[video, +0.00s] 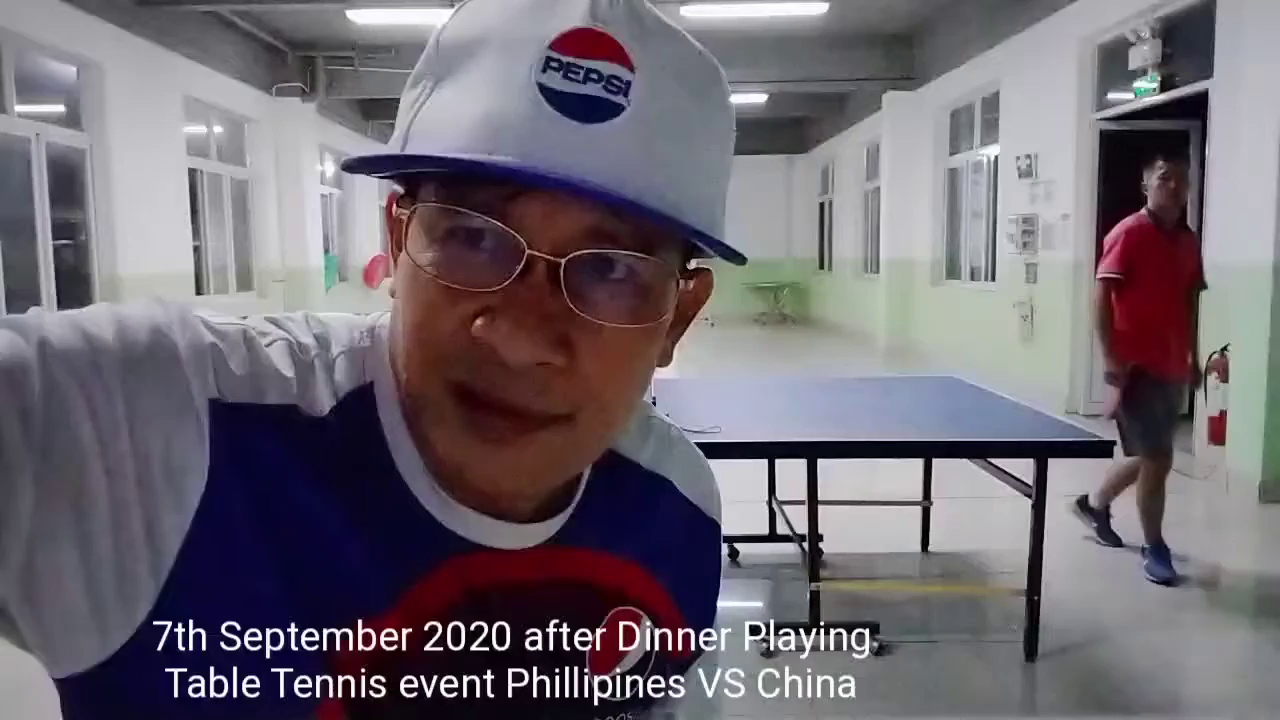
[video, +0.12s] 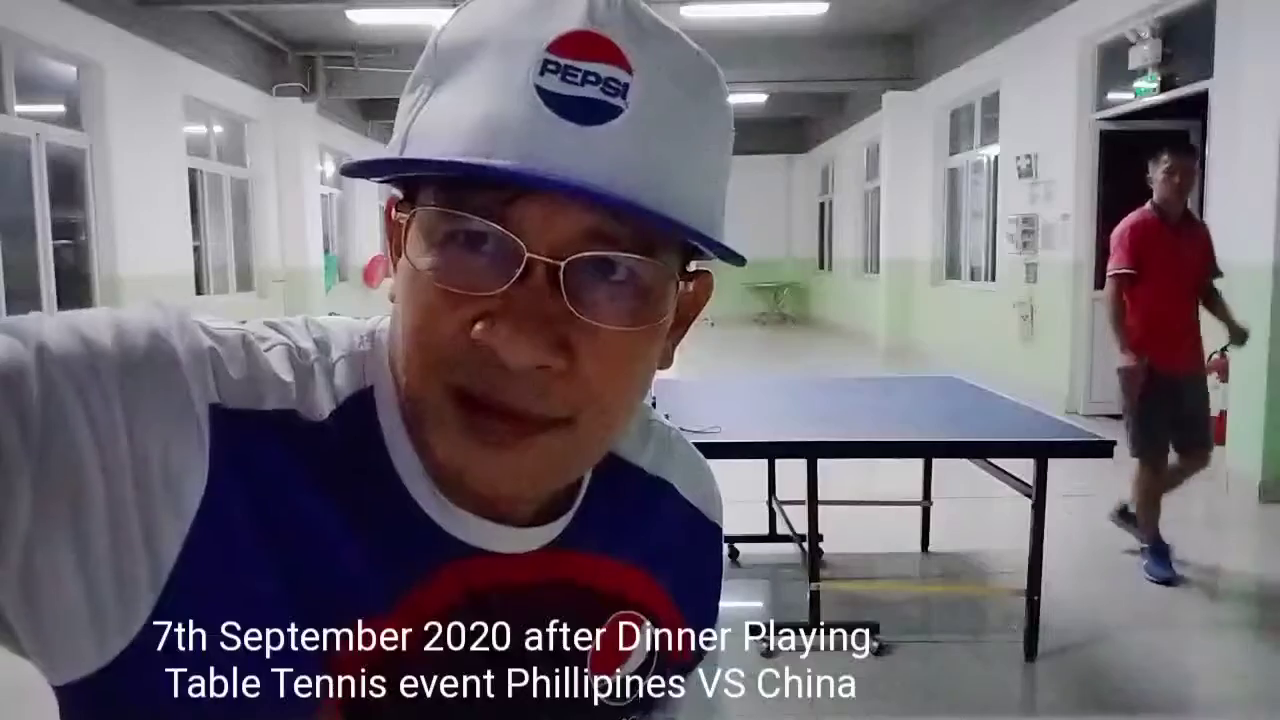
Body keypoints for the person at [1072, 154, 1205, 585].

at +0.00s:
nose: (1172, 186)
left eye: (1178, 180)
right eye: (1164, 178)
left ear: (1186, 188)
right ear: (1146, 186)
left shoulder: (1188, 241)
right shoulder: (1128, 233)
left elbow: (1190, 303)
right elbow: (1102, 295)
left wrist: (1193, 357)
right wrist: (1108, 357)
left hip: (1173, 363)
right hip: (1134, 362)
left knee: (1151, 454)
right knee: (1155, 457)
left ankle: (1094, 503)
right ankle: (1155, 549)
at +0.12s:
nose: (1176, 179)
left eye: (1184, 173)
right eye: (1169, 172)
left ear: (1194, 179)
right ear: (1152, 177)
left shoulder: (1198, 231)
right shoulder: (1132, 228)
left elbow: (1204, 287)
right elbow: (1113, 294)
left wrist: (1230, 323)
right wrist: (1123, 351)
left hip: (1187, 361)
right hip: (1144, 361)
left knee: (1196, 455)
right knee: (1152, 461)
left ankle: (1135, 507)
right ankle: (1154, 548)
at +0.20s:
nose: (1177, 178)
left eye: (1185, 172)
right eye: (1169, 171)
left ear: (1194, 178)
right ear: (1153, 176)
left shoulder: (1201, 229)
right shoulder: (1133, 228)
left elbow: (1212, 282)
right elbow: (1113, 295)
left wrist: (1235, 310)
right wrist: (1126, 349)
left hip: (1191, 365)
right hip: (1145, 364)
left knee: (1204, 457)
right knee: (1150, 461)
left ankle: (1165, 525)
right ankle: (1151, 547)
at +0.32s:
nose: (1182, 180)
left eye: (1190, 173)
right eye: (1174, 173)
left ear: (1200, 180)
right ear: (1157, 180)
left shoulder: (1211, 231)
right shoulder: (1138, 231)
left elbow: (1223, 286)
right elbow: (1113, 294)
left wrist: (1245, 316)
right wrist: (1125, 353)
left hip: (1199, 369)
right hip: (1149, 370)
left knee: (1217, 462)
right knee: (1160, 464)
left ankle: (1220, 554)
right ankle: (1154, 549)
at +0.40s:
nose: (1184, 182)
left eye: (1192, 174)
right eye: (1176, 174)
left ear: (1205, 180)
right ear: (1160, 180)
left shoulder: (1216, 232)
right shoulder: (1140, 233)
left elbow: (1227, 290)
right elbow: (1114, 299)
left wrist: (1249, 332)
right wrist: (1124, 359)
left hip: (1203, 372)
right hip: (1152, 374)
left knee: (1226, 467)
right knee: (1160, 465)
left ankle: (1241, 559)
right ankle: (1153, 549)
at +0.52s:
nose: (1193, 179)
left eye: (1201, 172)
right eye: (1184, 171)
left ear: (1211, 176)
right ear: (1167, 174)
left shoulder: (1221, 227)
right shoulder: (1143, 229)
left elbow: (1231, 290)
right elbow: (1117, 294)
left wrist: (1248, 346)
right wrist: (1116, 356)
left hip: (1208, 369)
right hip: (1154, 372)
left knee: (1236, 464)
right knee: (1157, 466)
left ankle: (1257, 561)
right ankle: (1153, 547)